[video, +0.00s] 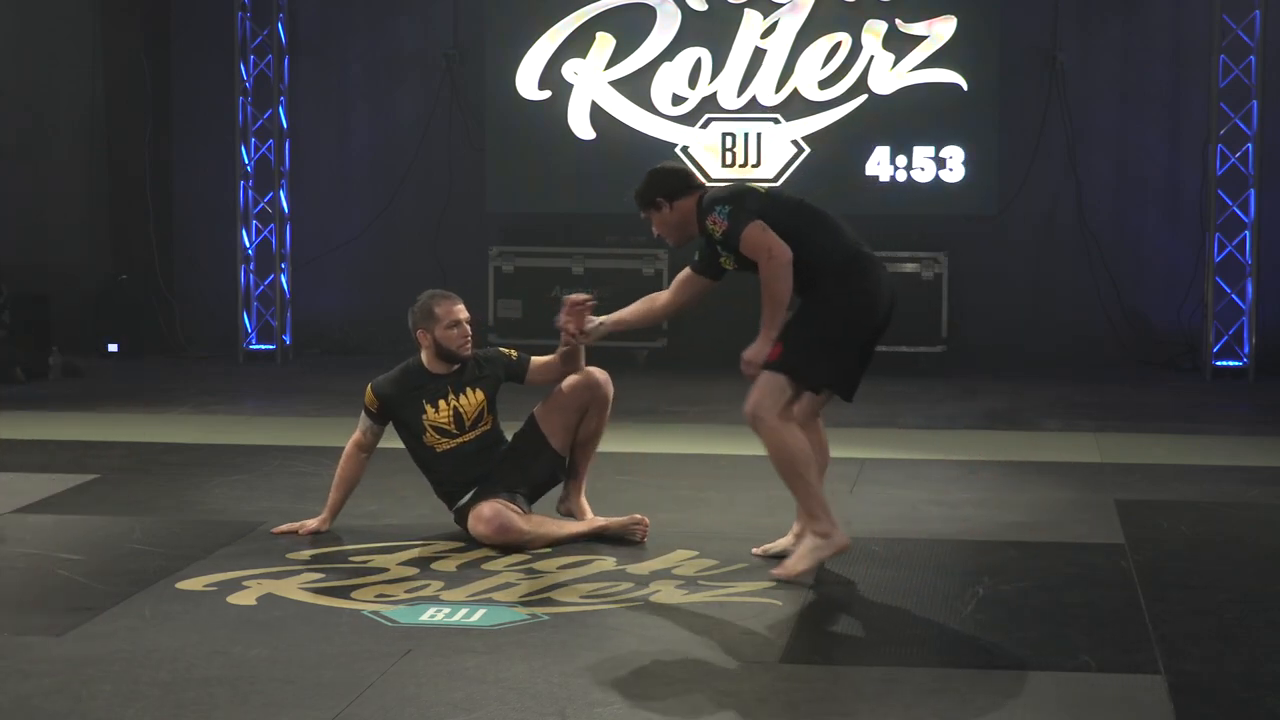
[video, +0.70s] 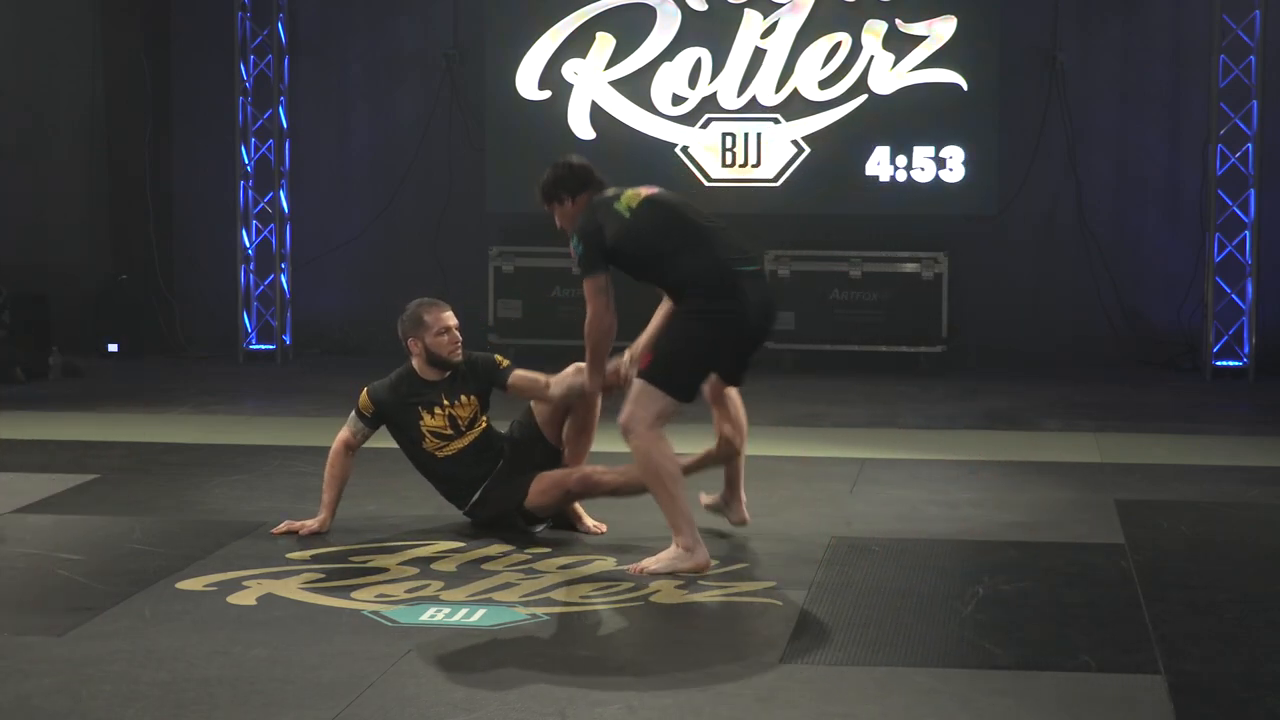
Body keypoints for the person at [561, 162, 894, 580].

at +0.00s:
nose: (653, 231)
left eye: (652, 219)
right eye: (649, 222)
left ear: (671, 204)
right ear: (675, 204)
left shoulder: (720, 209)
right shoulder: (717, 238)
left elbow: (776, 255)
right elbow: (668, 299)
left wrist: (766, 337)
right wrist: (600, 325)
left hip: (842, 295)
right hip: (859, 293)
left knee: (764, 409)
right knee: (803, 415)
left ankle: (824, 531)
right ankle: (806, 527)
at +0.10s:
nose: (643, 237)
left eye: (642, 224)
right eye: (639, 228)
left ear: (662, 208)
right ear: (665, 209)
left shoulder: (706, 212)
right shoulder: (708, 243)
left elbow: (755, 259)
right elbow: (659, 312)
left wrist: (726, 339)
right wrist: (592, 338)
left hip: (824, 298)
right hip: (851, 296)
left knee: (735, 405)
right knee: (791, 410)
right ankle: (804, 537)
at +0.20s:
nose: (631, 233)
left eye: (628, 221)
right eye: (626, 225)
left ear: (646, 207)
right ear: (655, 206)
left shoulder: (691, 215)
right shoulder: (697, 229)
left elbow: (713, 286)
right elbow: (665, 320)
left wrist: (665, 344)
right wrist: (601, 363)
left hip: (807, 300)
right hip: (834, 294)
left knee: (720, 414)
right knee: (776, 412)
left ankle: (696, 547)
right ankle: (801, 535)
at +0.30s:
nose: (616, 233)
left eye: (612, 221)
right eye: (610, 225)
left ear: (628, 207)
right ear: (652, 198)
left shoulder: (663, 223)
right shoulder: (696, 224)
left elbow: (652, 316)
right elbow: (660, 331)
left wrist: (595, 342)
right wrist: (601, 367)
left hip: (785, 301)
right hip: (822, 296)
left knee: (703, 414)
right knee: (766, 414)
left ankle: (693, 547)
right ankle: (797, 537)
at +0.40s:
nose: (597, 239)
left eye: (594, 227)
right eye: (592, 230)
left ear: (609, 213)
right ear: (631, 204)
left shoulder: (633, 232)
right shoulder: (679, 231)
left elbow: (596, 322)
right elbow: (648, 333)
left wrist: (546, 374)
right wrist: (592, 390)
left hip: (774, 297)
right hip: (811, 291)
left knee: (701, 414)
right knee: (758, 410)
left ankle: (692, 547)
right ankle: (793, 528)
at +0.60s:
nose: (568, 254)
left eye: (565, 243)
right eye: (563, 245)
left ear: (577, 229)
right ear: (602, 214)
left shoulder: (599, 253)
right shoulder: (651, 230)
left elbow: (583, 345)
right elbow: (653, 333)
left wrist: (567, 410)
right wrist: (605, 394)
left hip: (743, 300)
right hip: (783, 284)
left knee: (667, 419)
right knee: (740, 381)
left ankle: (690, 549)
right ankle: (776, 491)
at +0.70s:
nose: (557, 223)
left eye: (555, 212)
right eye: (553, 213)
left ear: (570, 201)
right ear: (592, 191)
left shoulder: (588, 228)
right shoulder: (642, 198)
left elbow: (601, 319)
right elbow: (681, 283)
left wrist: (595, 376)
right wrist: (638, 350)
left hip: (711, 300)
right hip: (755, 291)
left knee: (638, 423)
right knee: (721, 386)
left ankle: (688, 546)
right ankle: (734, 501)